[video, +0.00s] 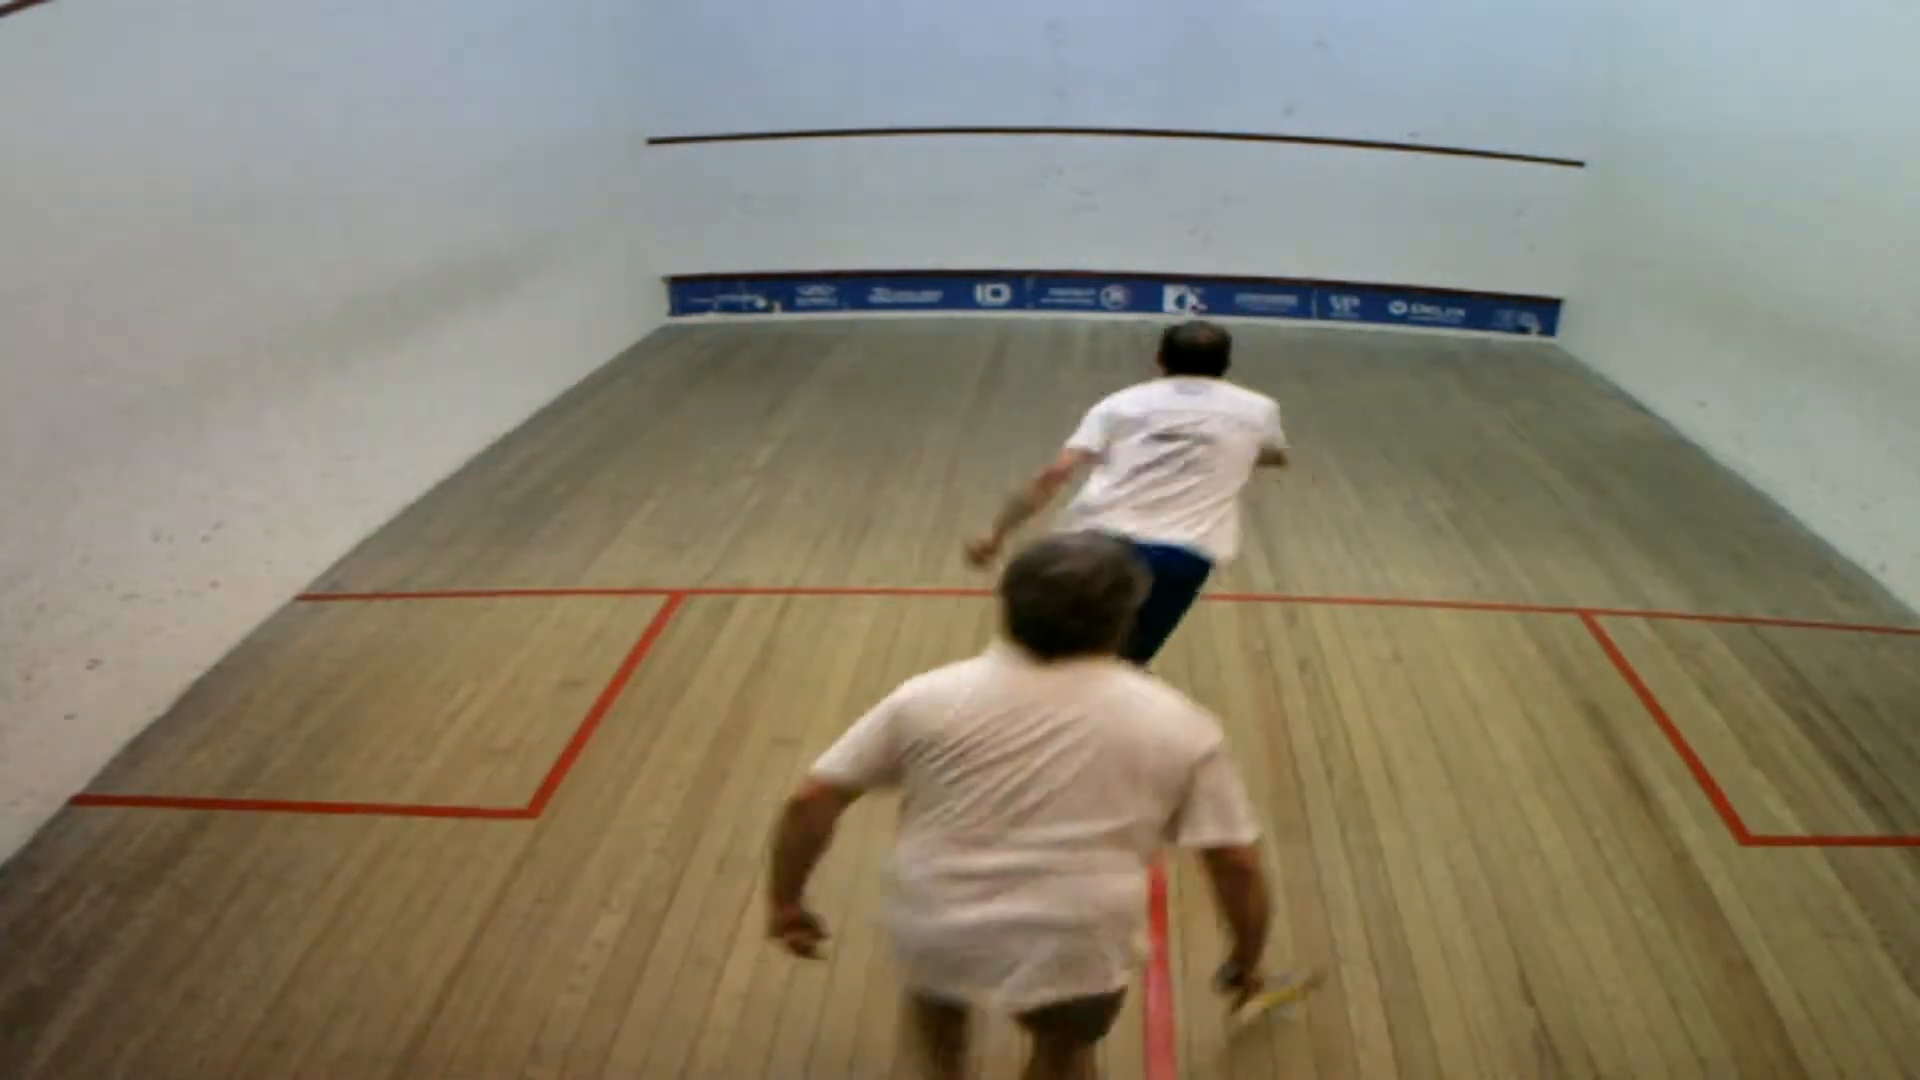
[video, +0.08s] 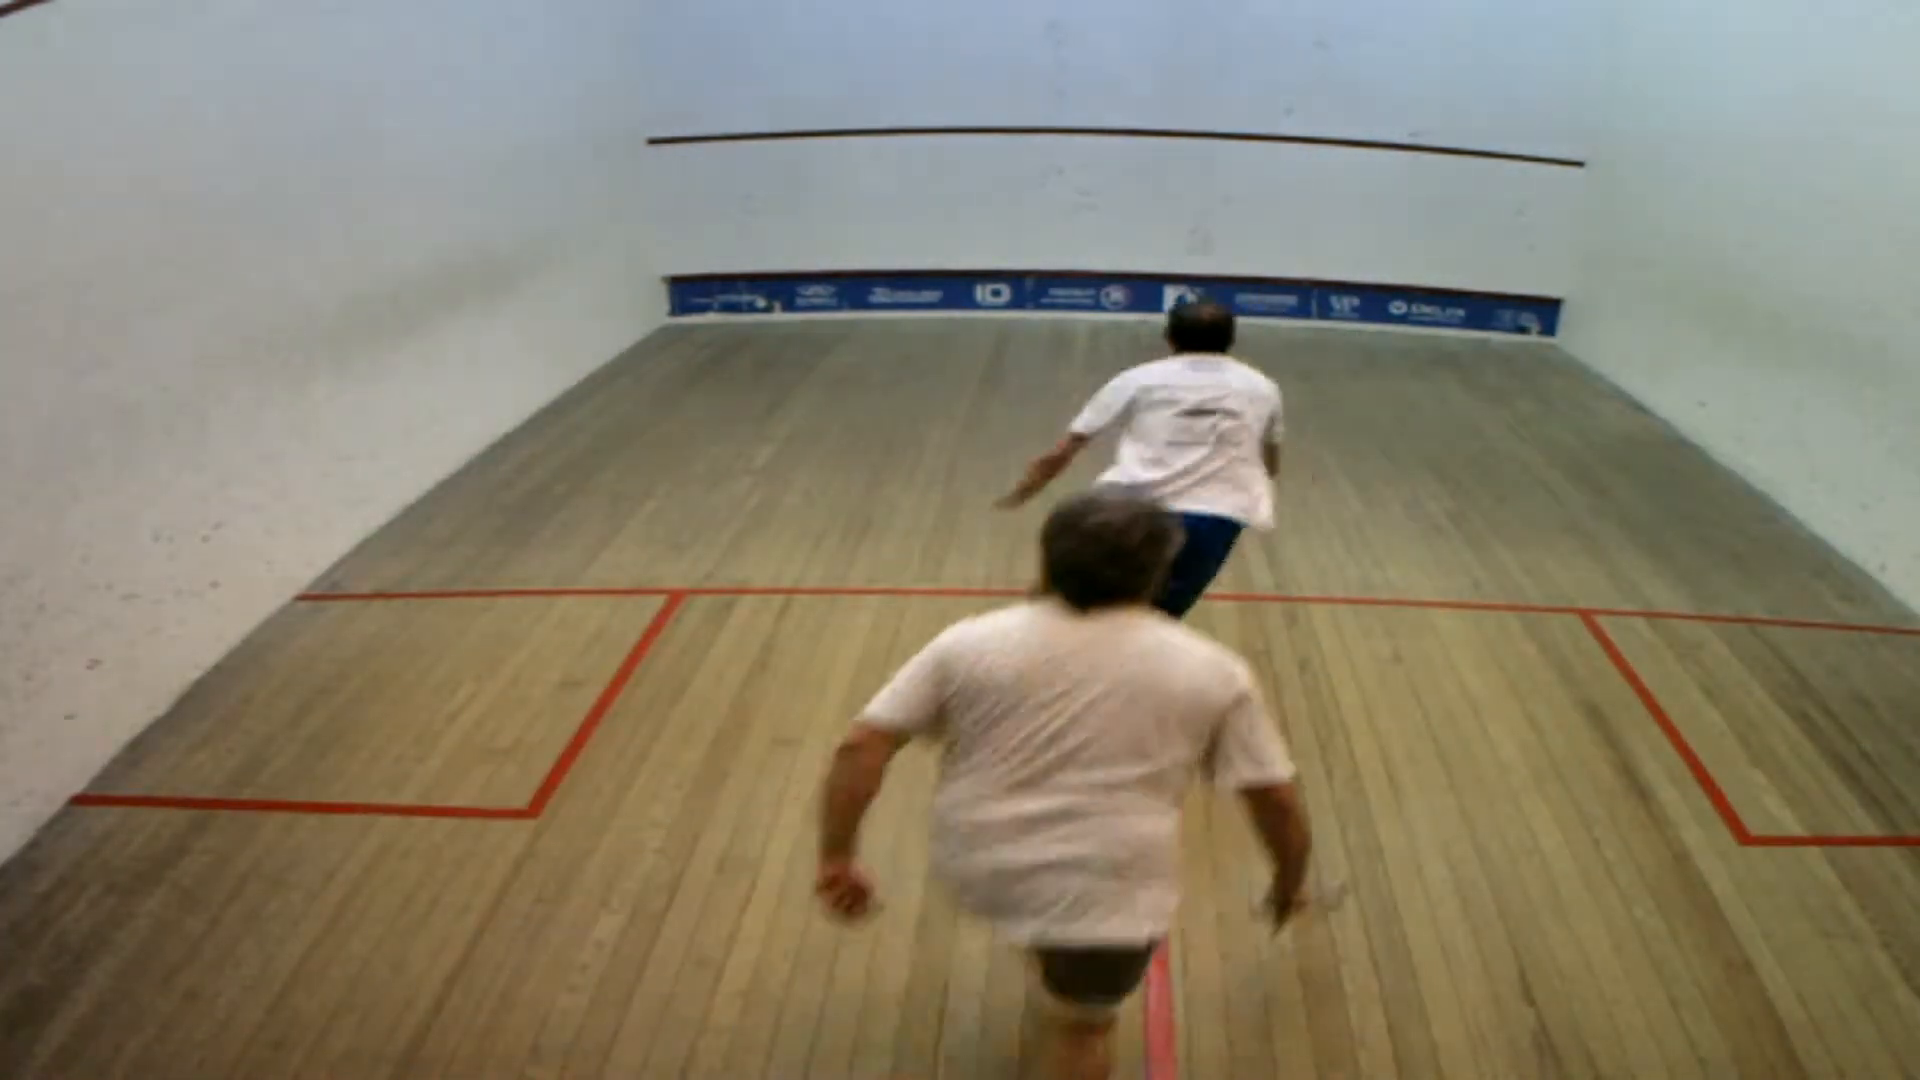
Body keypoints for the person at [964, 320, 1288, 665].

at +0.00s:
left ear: (1162, 361)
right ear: (1223, 367)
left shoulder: (1123, 403)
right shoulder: (1256, 411)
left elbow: (1056, 473)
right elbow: (1276, 458)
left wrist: (996, 535)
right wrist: (1229, 448)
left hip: (1101, 545)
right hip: (1185, 561)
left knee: (1069, 655)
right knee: (1128, 668)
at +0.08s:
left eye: (1170, 334)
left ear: (1172, 339)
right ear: (1227, 341)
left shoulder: (1141, 379)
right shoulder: (1261, 390)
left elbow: (1065, 451)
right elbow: (1270, 466)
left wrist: (1021, 493)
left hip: (1136, 511)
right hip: (1218, 520)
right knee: (1160, 619)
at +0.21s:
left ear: (1236, 326)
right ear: (1283, 335)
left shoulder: (1195, 354)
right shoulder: (1299, 380)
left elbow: (1140, 398)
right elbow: (1332, 465)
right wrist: (1308, 484)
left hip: (1161, 486)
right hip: (1236, 495)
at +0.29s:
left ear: (1293, 317)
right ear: (1336, 330)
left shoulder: (1252, 339)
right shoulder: (1338, 370)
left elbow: (1197, 372)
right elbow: (1370, 458)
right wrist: (1363, 476)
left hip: (1176, 453)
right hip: (1241, 473)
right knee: (1301, 508)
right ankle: (1248, 584)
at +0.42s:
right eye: (1445, 331)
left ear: (1402, 314)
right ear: (1440, 332)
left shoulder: (1361, 328)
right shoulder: (1430, 365)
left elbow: (1291, 347)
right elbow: (1452, 440)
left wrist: (1249, 369)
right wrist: (1469, 459)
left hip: (1265, 416)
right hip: (1322, 443)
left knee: (1237, 484)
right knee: (1344, 497)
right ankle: (1289, 555)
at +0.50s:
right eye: (1480, 319)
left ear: (1446, 305)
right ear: (1480, 323)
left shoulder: (1403, 318)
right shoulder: (1474, 359)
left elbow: (1327, 322)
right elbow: (1496, 423)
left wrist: (1268, 323)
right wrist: (1517, 444)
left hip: (1314, 406)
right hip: (1361, 434)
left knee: (1330, 452)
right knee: (1370, 501)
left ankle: (1300, 494)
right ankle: (1312, 533)